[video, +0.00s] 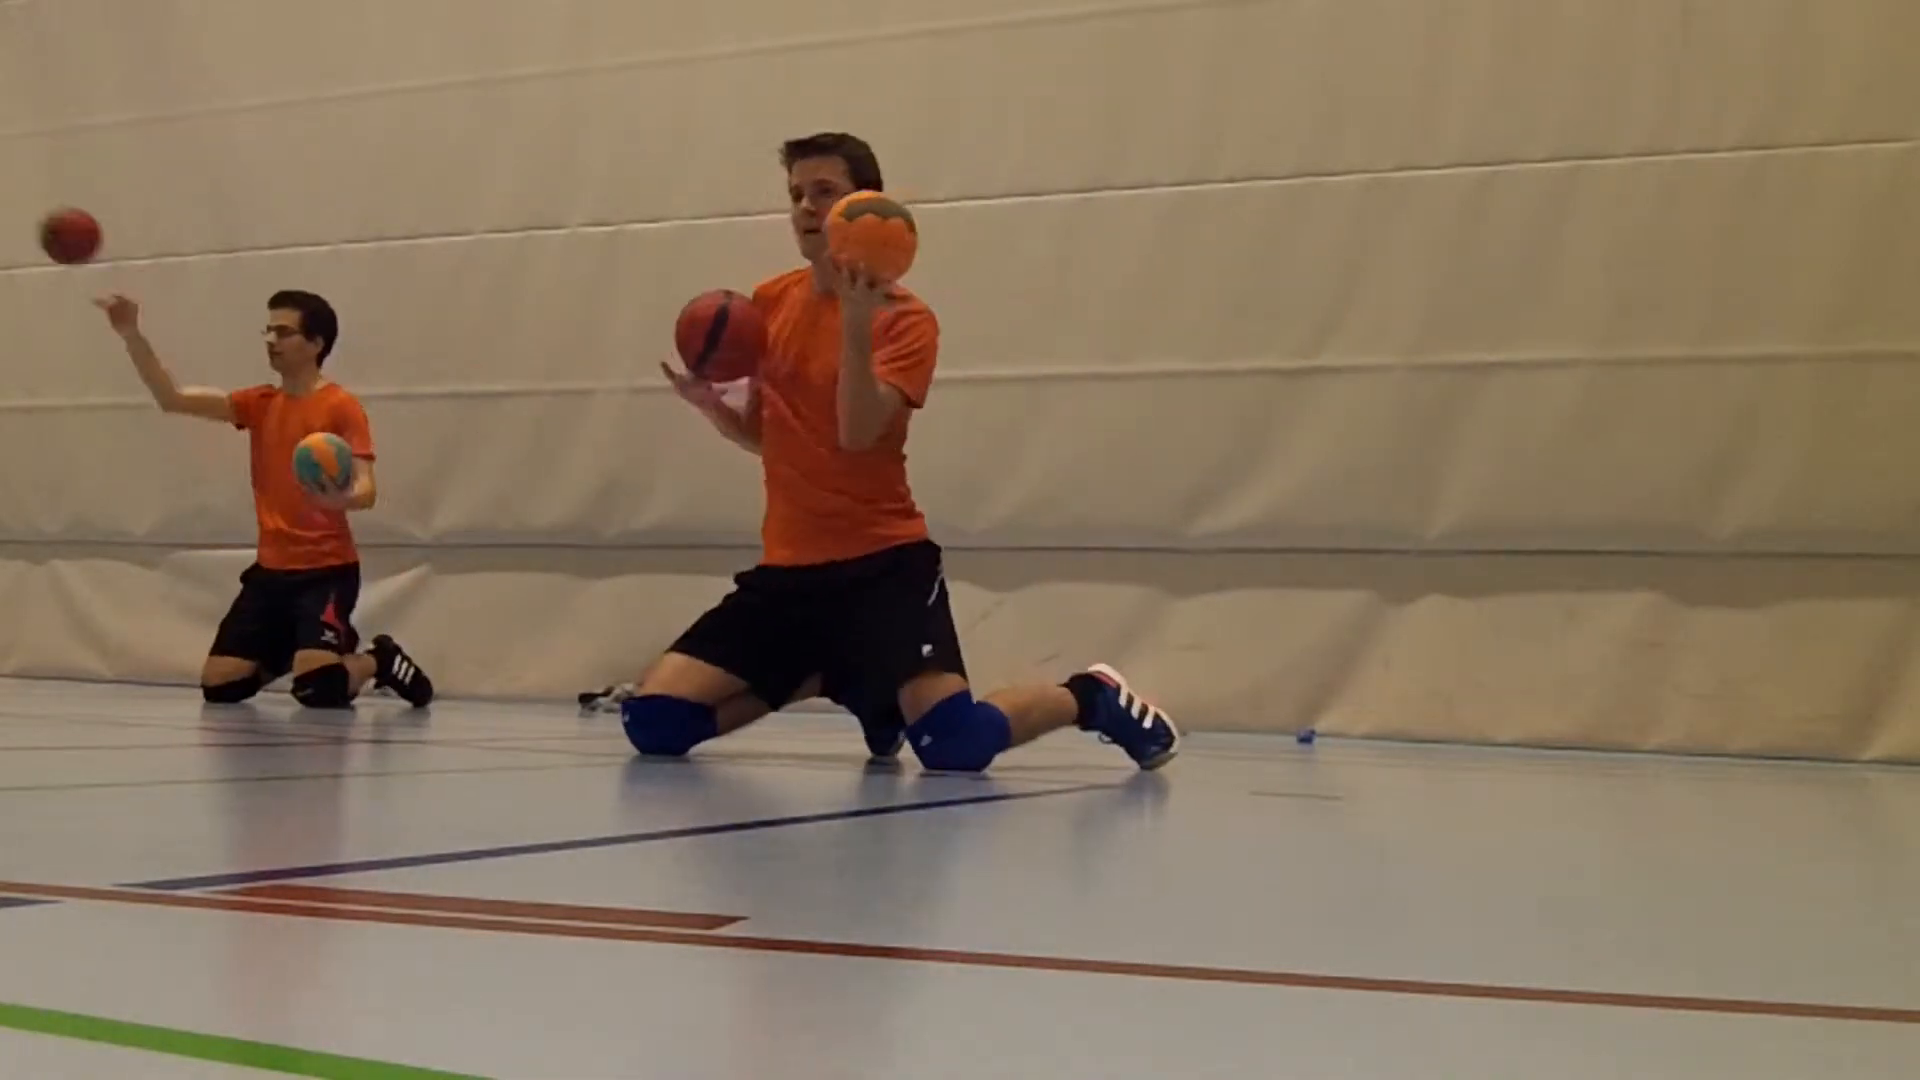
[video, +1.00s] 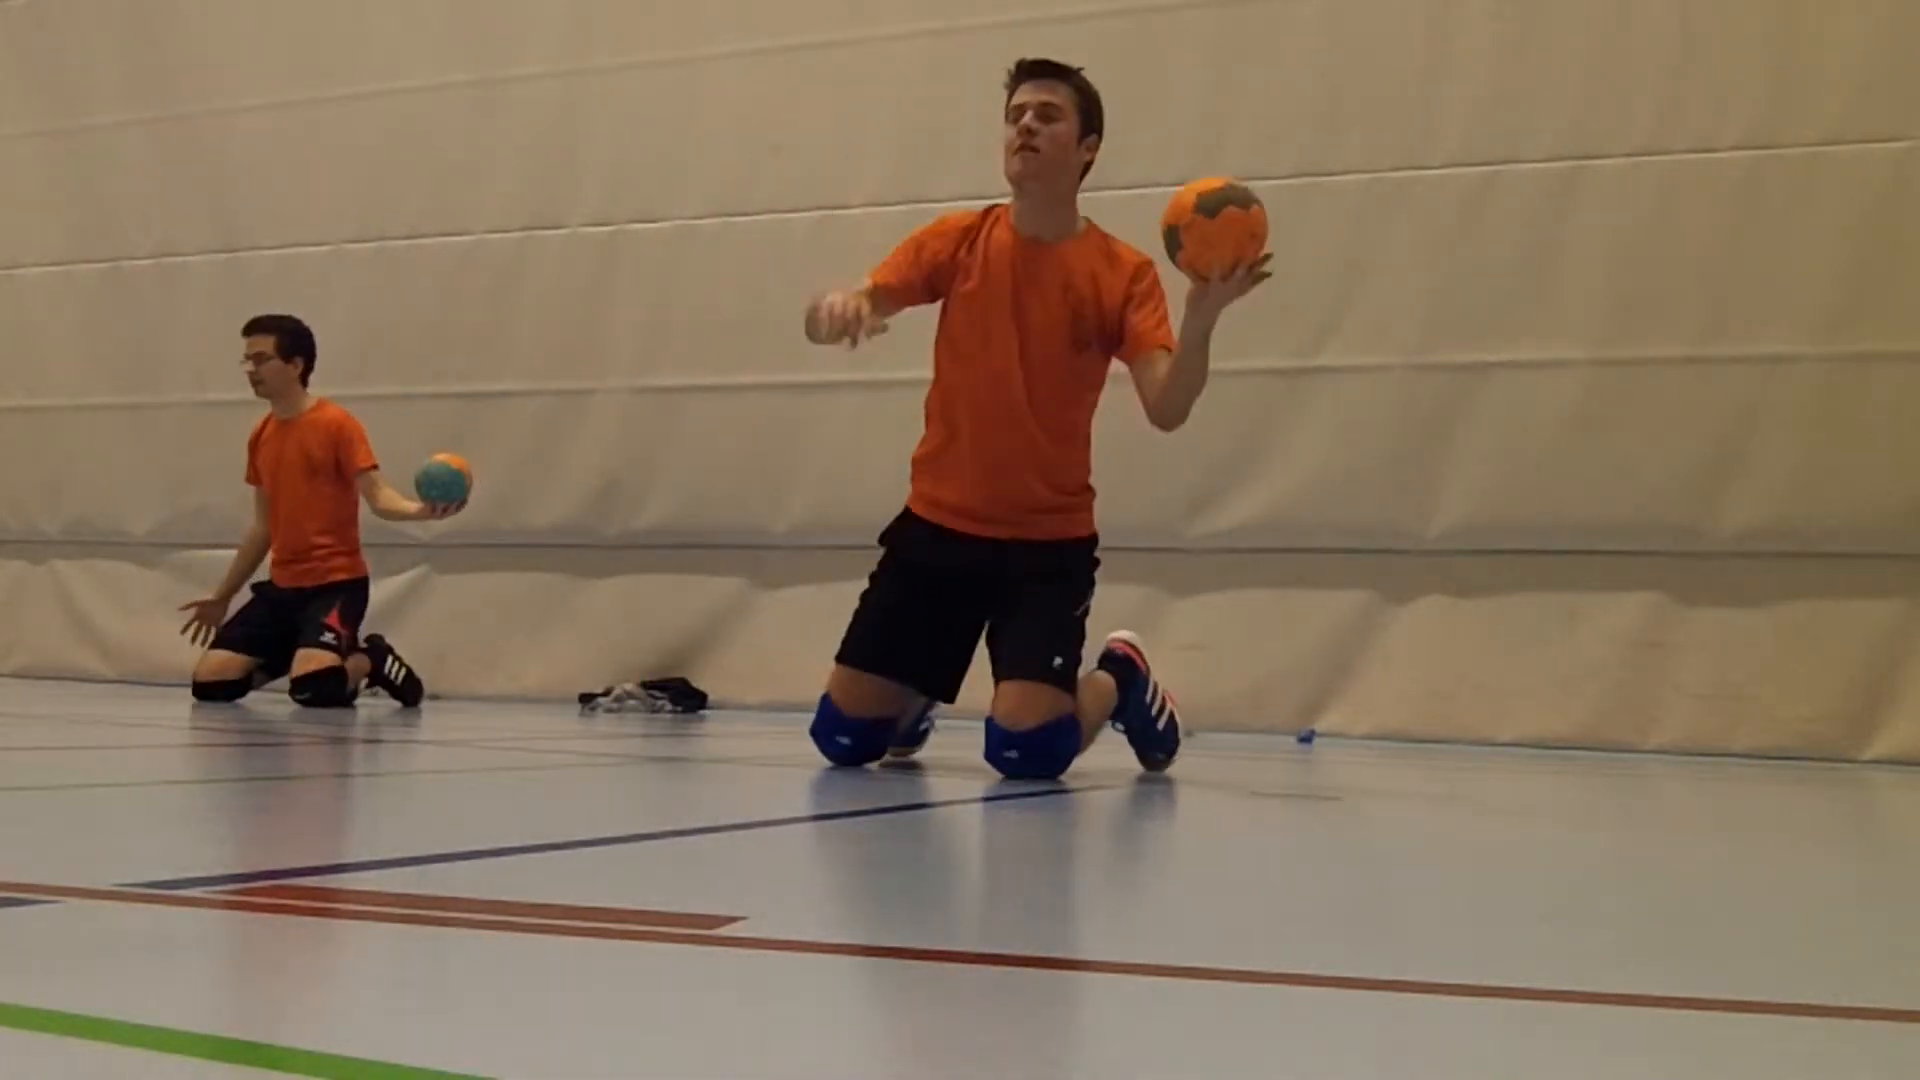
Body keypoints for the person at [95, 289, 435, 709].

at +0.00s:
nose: (269, 341)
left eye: (282, 332)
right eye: (268, 332)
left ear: (316, 343)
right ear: (270, 340)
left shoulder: (341, 406)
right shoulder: (260, 403)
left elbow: (366, 491)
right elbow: (172, 399)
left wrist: (341, 498)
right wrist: (131, 335)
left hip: (326, 571)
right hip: (270, 572)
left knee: (316, 689)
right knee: (220, 687)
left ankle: (381, 662)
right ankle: (318, 648)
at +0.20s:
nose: (268, 341)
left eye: (281, 332)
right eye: (266, 331)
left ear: (314, 343)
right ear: (263, 335)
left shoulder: (339, 410)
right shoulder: (258, 403)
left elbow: (362, 490)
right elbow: (180, 448)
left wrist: (354, 470)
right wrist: (140, 416)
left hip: (319, 570)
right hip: (261, 570)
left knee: (308, 689)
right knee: (219, 686)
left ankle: (371, 660)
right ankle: (319, 654)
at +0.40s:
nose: (270, 350)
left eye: (282, 341)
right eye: (269, 339)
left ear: (317, 351)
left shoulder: (343, 412)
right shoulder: (270, 416)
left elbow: (381, 488)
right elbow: (245, 507)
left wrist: (402, 475)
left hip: (329, 576)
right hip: (271, 575)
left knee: (320, 690)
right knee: (213, 685)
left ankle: (372, 659)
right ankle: (311, 649)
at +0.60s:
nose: (268, 359)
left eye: (280, 349)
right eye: (267, 348)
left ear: (315, 357)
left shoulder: (349, 419)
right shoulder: (273, 423)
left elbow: (390, 494)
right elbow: (268, 512)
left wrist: (429, 495)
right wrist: (229, 589)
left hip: (338, 581)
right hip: (281, 581)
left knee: (322, 691)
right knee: (211, 685)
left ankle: (377, 657)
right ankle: (314, 651)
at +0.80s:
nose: (259, 364)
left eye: (269, 353)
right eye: (257, 354)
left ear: (305, 361)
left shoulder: (346, 423)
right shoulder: (269, 429)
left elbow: (389, 495)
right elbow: (267, 521)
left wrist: (437, 506)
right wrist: (232, 592)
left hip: (340, 583)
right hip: (283, 584)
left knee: (322, 692)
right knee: (208, 685)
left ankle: (375, 659)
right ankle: (314, 650)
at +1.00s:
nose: (249, 370)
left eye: (260, 359)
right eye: (247, 360)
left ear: (296, 365)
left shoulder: (337, 426)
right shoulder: (263, 436)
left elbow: (378, 495)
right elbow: (262, 530)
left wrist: (422, 510)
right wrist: (221, 598)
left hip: (337, 585)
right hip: (282, 588)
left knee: (311, 688)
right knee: (211, 684)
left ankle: (373, 660)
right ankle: (308, 652)